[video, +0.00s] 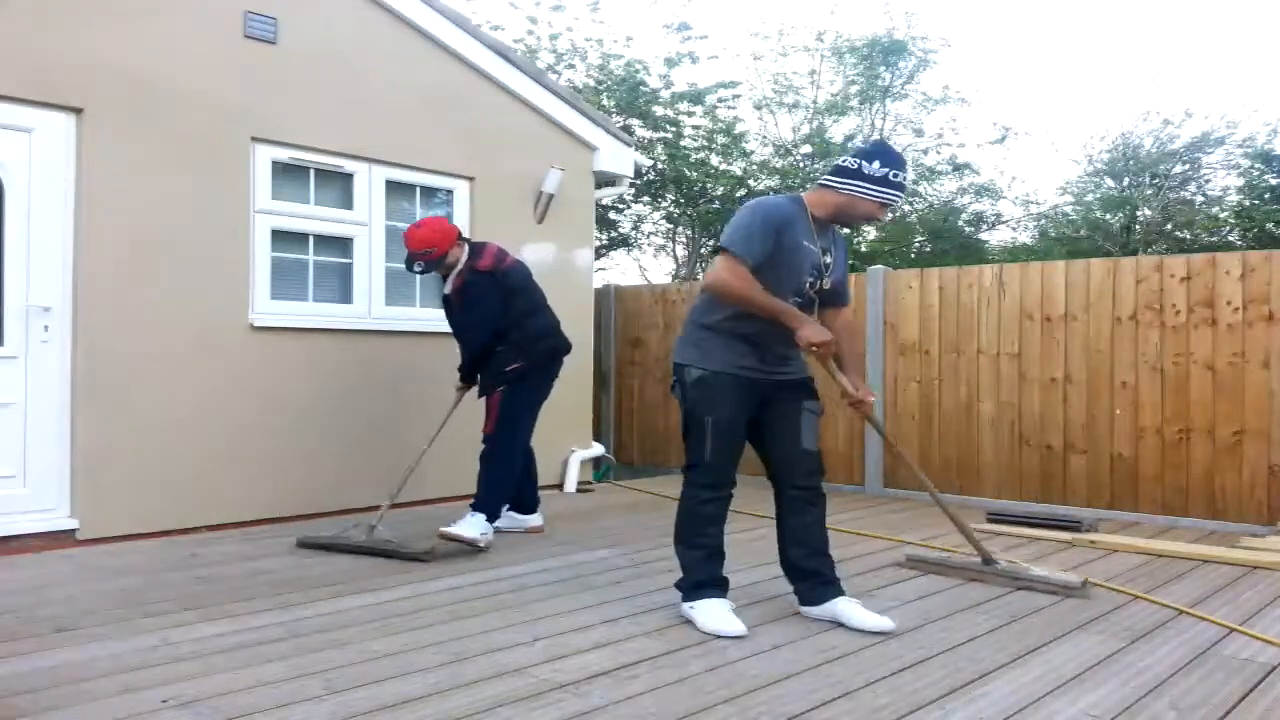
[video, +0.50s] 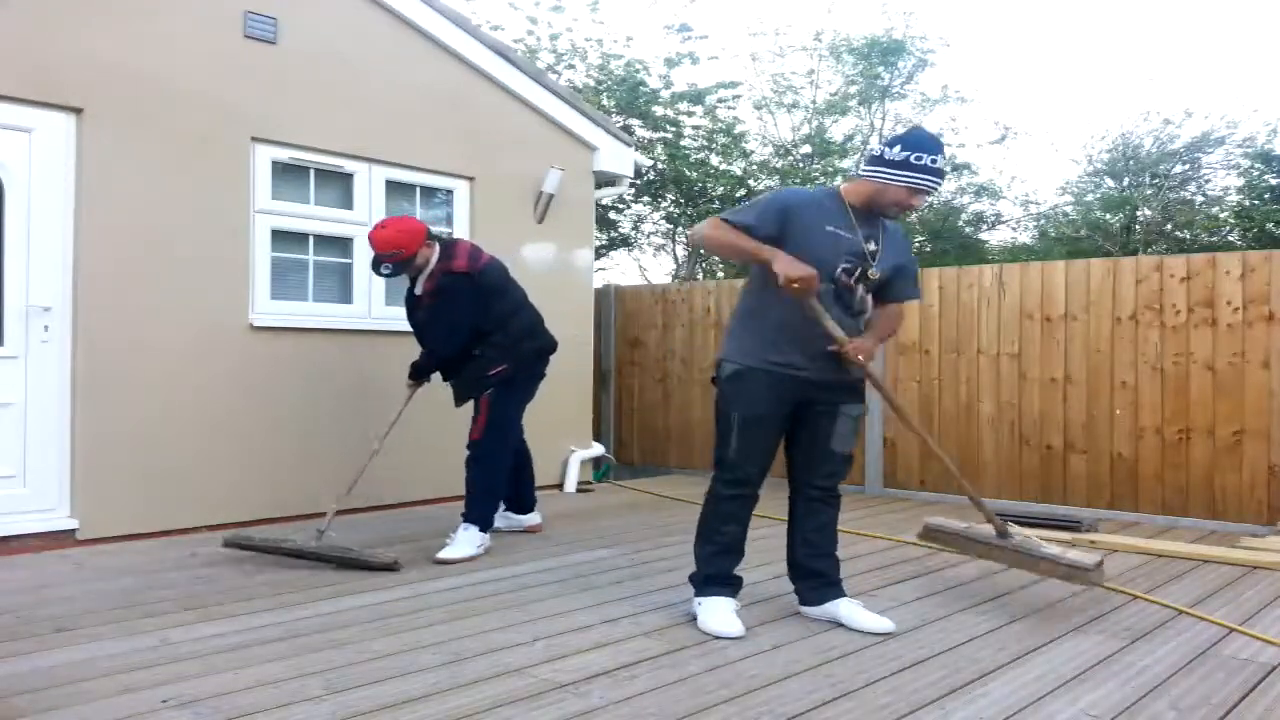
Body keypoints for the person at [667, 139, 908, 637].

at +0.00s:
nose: (882, 216)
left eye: (886, 208)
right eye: (882, 205)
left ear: (853, 188)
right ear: (857, 188)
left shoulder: (833, 244)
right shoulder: (770, 213)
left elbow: (839, 315)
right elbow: (721, 276)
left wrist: (852, 377)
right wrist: (797, 320)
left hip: (780, 373)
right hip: (717, 365)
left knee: (802, 481)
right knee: (710, 481)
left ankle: (818, 593)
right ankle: (702, 592)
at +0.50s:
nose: (917, 204)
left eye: (923, 195)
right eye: (915, 191)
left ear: (900, 184)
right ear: (887, 175)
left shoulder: (892, 241)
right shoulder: (794, 206)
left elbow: (890, 310)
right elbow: (708, 232)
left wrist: (872, 340)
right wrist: (774, 256)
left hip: (833, 381)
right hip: (759, 369)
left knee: (820, 490)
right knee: (737, 482)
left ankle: (820, 594)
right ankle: (714, 592)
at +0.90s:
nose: (924, 212)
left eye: (931, 203)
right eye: (920, 200)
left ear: (929, 199)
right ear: (890, 182)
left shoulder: (914, 246)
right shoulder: (793, 206)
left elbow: (910, 318)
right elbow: (703, 236)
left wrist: (859, 367)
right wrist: (737, 282)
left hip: (838, 378)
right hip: (760, 365)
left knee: (828, 487)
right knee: (744, 478)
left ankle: (822, 594)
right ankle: (746, 581)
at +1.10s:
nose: (874, 198)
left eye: (882, 188)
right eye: (865, 186)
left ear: (887, 183)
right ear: (835, 173)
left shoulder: (888, 236)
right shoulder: (768, 213)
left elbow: (912, 309)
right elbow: (702, 270)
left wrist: (887, 377)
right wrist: (759, 315)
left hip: (838, 386)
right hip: (758, 378)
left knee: (831, 489)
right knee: (755, 484)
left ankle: (822, 593)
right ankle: (762, 583)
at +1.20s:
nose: (822, 190)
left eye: (836, 180)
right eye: (812, 177)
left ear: (856, 179)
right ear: (796, 169)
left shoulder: (877, 229)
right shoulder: (752, 215)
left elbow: (913, 298)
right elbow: (692, 270)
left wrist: (877, 363)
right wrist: (739, 298)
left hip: (836, 381)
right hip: (756, 378)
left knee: (830, 489)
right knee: (756, 484)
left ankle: (822, 593)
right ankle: (762, 584)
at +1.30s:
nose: (794, 185)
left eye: (807, 177)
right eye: (787, 174)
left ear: (835, 175)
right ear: (777, 167)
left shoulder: (869, 226)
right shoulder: (742, 216)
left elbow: (908, 292)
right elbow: (681, 266)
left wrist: (858, 349)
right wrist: (716, 286)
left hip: (830, 380)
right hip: (753, 377)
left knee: (828, 488)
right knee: (755, 484)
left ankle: (822, 593)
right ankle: (762, 584)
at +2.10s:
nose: (724, 199)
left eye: (731, 188)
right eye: (720, 190)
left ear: (761, 178)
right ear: (760, 181)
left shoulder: (799, 223)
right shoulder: (780, 222)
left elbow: (785, 314)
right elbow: (772, 298)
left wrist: (754, 343)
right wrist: (762, 336)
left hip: (837, 363)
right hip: (803, 360)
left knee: (819, 473)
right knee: (782, 470)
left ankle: (835, 593)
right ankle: (769, 578)